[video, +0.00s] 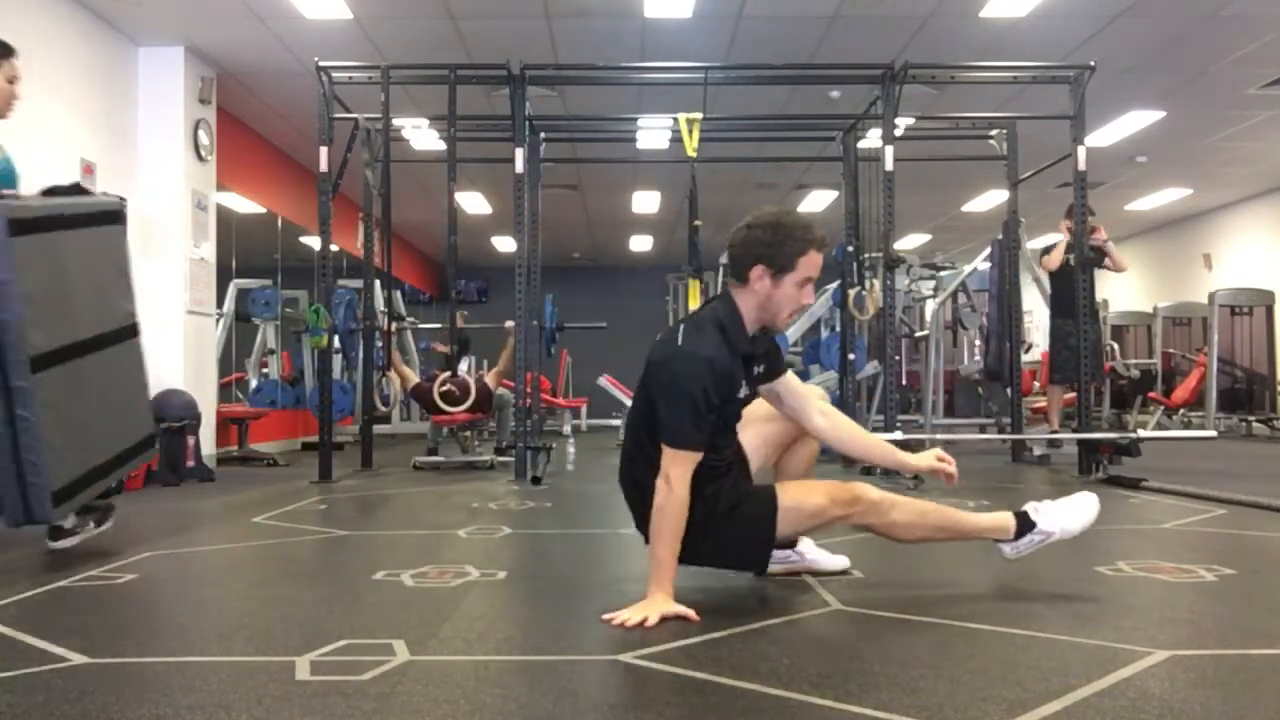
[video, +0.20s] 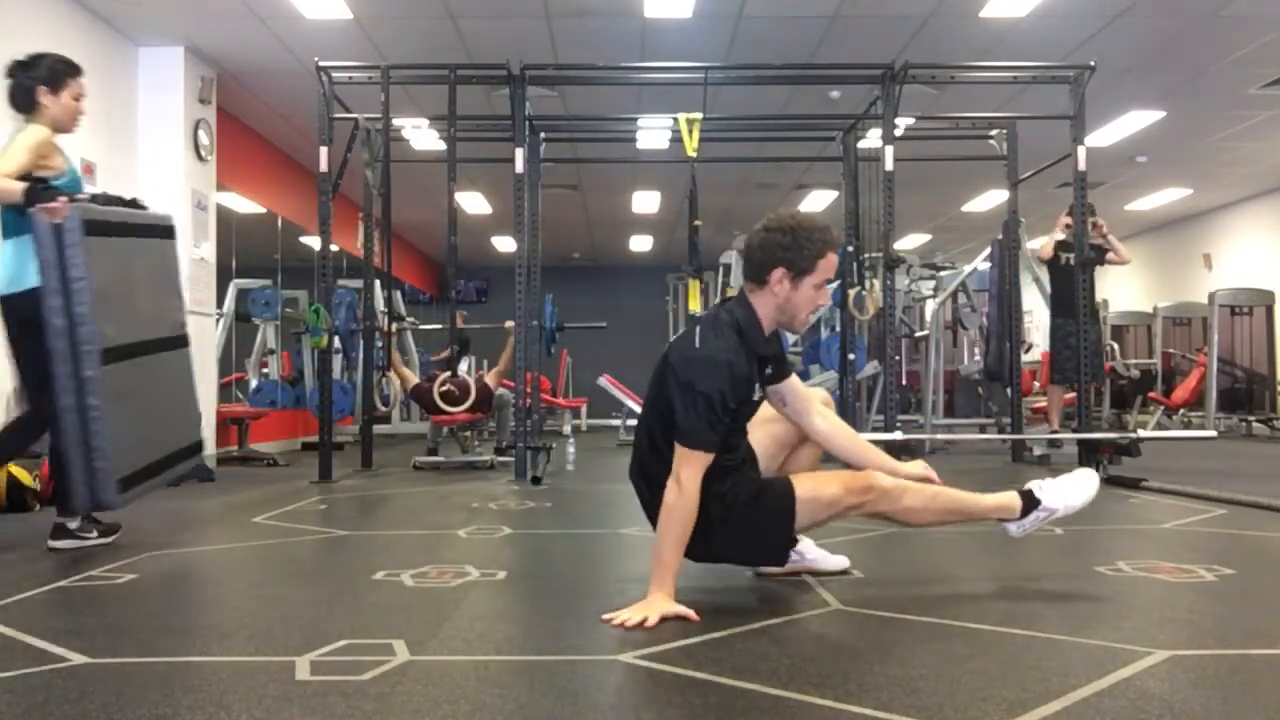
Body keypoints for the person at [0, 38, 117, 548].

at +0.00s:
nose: (15, 92)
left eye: (16, 81)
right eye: (10, 81)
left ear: (16, 85)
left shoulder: (8, 160)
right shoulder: (5, 160)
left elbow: (18, 211)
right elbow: (15, 212)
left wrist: (68, 195)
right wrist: (70, 196)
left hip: (15, 298)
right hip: (9, 300)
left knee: (25, 396)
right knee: (27, 396)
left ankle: (59, 509)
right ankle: (56, 515)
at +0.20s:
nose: (83, 106)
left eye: (84, 97)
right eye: (77, 96)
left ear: (46, 98)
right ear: (46, 96)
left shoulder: (44, 142)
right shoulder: (37, 138)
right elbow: (4, 181)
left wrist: (72, 182)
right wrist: (34, 196)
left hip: (33, 288)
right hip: (31, 288)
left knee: (51, 403)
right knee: (56, 402)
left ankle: (72, 514)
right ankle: (70, 517)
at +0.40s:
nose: (125, 122)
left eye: (126, 112)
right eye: (120, 111)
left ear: (92, 111)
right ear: (92, 108)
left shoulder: (86, 151)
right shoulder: (83, 144)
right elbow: (36, 188)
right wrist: (89, 201)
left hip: (80, 290)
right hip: (79, 290)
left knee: (103, 394)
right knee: (100, 394)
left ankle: (85, 503)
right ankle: (71, 517)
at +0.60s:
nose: (157, 137)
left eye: (158, 129)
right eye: (153, 127)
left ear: (123, 126)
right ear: (126, 124)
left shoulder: (123, 168)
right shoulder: (119, 159)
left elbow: (102, 229)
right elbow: (75, 201)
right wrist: (124, 212)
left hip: (120, 301)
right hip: (119, 300)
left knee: (143, 400)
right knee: (129, 401)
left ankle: (169, 496)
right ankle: (77, 511)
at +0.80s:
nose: (204, 152)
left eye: (205, 143)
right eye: (200, 141)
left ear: (177, 139)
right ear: (173, 137)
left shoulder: (174, 179)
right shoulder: (163, 172)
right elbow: (120, 214)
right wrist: (158, 226)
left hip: (168, 299)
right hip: (162, 300)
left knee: (170, 393)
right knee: (173, 390)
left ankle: (179, 499)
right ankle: (153, 475)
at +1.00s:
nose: (244, 157)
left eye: (245, 150)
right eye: (240, 148)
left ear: (217, 147)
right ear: (216, 145)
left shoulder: (215, 189)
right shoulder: (199, 181)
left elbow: (234, 230)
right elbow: (154, 220)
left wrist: (280, 225)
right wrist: (186, 236)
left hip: (216, 308)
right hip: (194, 309)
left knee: (238, 396)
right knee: (190, 400)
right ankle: (182, 497)